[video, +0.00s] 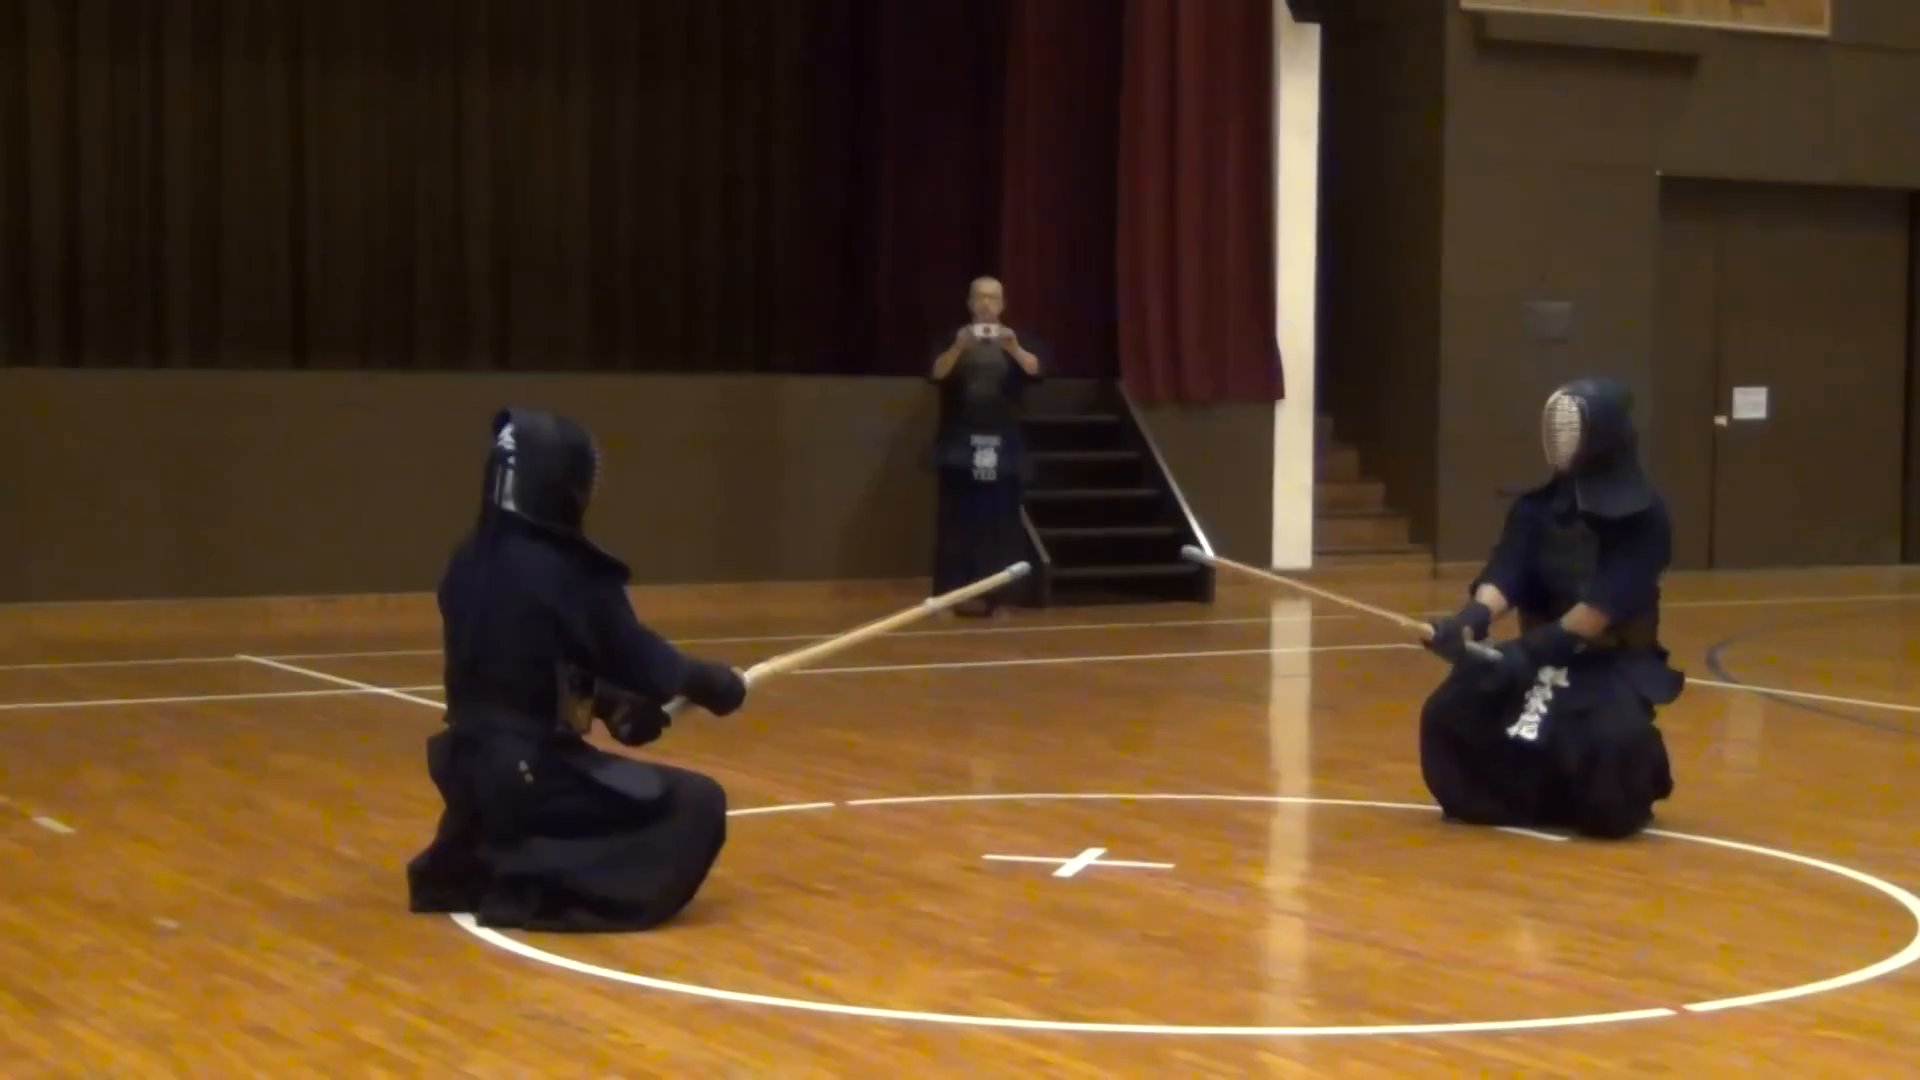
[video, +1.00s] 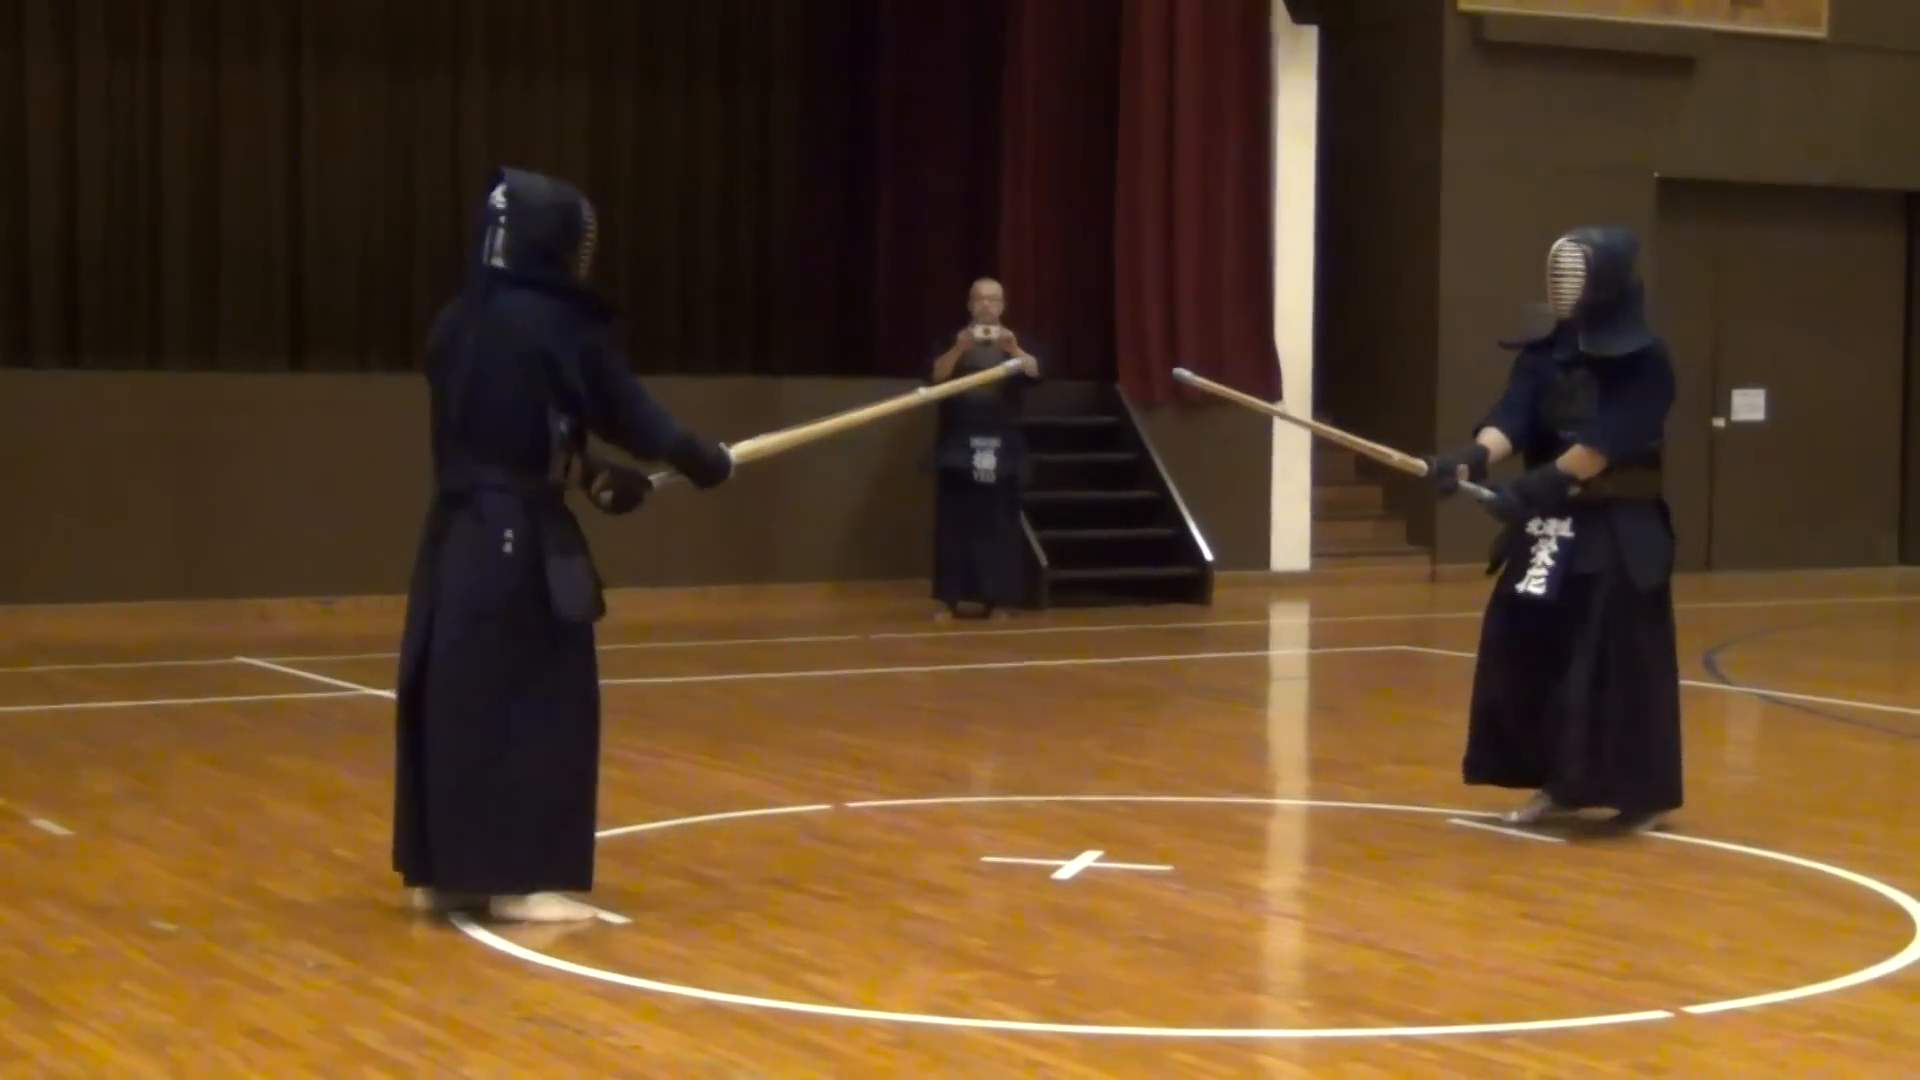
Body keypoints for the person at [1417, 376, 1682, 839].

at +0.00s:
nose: (1556, 439)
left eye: (1569, 428)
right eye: (1553, 427)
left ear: (1602, 434)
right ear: (1547, 429)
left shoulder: (1639, 515)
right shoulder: (1534, 508)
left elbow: (1603, 608)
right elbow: (1506, 575)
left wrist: (1524, 653)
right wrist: (1469, 619)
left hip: (1610, 666)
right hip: (1535, 658)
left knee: (1616, 740)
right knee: (1449, 714)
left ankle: (1613, 810)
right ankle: (1484, 800)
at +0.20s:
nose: (1554, 384)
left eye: (1566, 373)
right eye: (1549, 372)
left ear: (1599, 380)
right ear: (1544, 376)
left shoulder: (1636, 460)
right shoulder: (1536, 452)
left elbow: (1599, 555)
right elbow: (1504, 520)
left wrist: (1525, 595)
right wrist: (1469, 565)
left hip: (1616, 612)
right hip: (1539, 605)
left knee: (1606, 699)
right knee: (1470, 686)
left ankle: (1610, 806)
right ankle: (1487, 796)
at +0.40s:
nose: (1547, 329)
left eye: (1560, 318)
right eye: (1544, 317)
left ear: (1595, 324)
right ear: (1541, 322)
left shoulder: (1634, 402)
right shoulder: (1533, 397)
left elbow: (1600, 493)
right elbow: (1501, 462)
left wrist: (1531, 535)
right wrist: (1467, 506)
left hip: (1614, 565)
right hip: (1543, 559)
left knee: (1602, 674)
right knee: (1496, 664)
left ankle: (1603, 801)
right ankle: (1507, 793)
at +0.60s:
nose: (1547, 295)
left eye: (1560, 284)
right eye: (1543, 283)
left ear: (1595, 287)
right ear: (1540, 287)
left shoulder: (1631, 364)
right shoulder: (1533, 360)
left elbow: (1604, 454)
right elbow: (1501, 423)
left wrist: (1532, 495)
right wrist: (1467, 466)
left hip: (1618, 530)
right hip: (1548, 527)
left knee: (1615, 656)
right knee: (1533, 649)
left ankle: (1649, 792)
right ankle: (1562, 782)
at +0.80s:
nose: (1550, 291)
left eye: (1564, 281)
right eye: (1547, 279)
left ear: (1599, 285)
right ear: (1545, 282)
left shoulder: (1635, 363)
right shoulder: (1538, 355)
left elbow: (1603, 452)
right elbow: (1501, 417)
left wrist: (1528, 491)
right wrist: (1466, 456)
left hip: (1619, 527)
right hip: (1550, 523)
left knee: (1619, 654)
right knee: (1548, 650)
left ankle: (1650, 791)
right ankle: (1565, 786)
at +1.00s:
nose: (1559, 289)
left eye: (1571, 278)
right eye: (1556, 276)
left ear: (1607, 283)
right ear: (1555, 280)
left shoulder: (1641, 360)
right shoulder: (1546, 352)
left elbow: (1605, 446)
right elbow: (1513, 419)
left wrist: (1528, 490)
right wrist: (1471, 458)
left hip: (1622, 522)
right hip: (1554, 518)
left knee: (1620, 653)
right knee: (1536, 644)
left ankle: (1642, 788)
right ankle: (1561, 781)